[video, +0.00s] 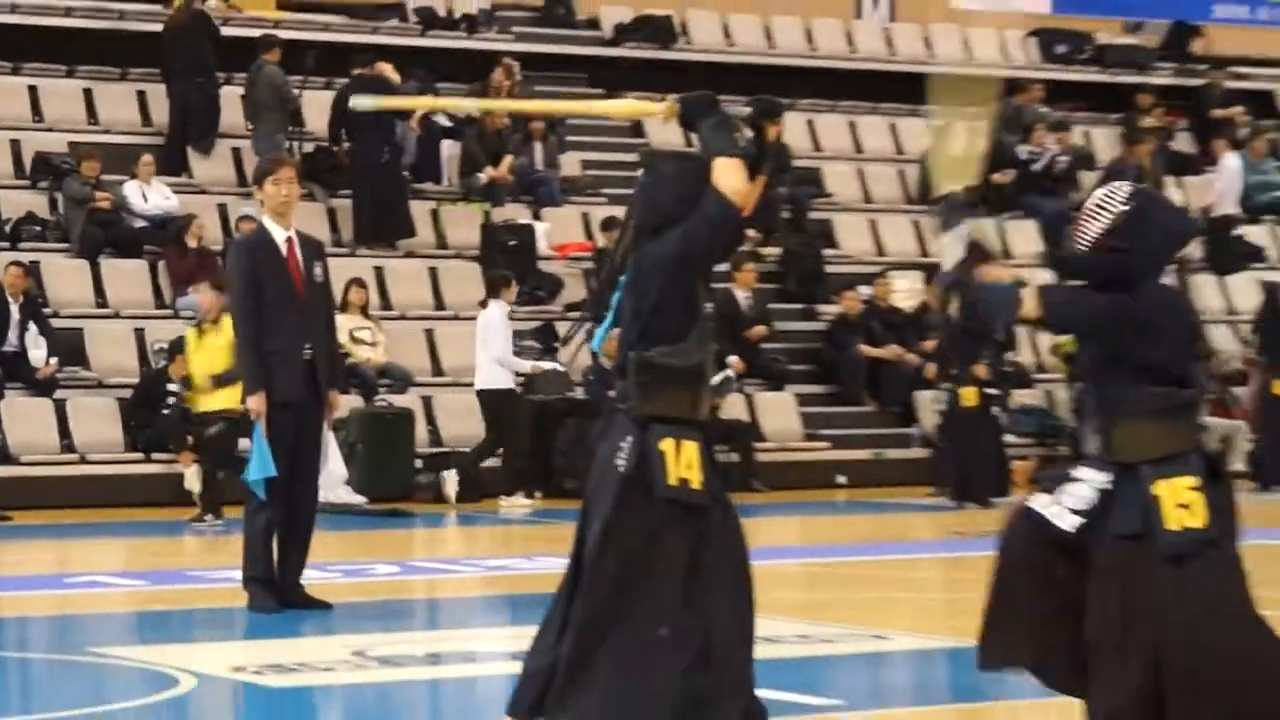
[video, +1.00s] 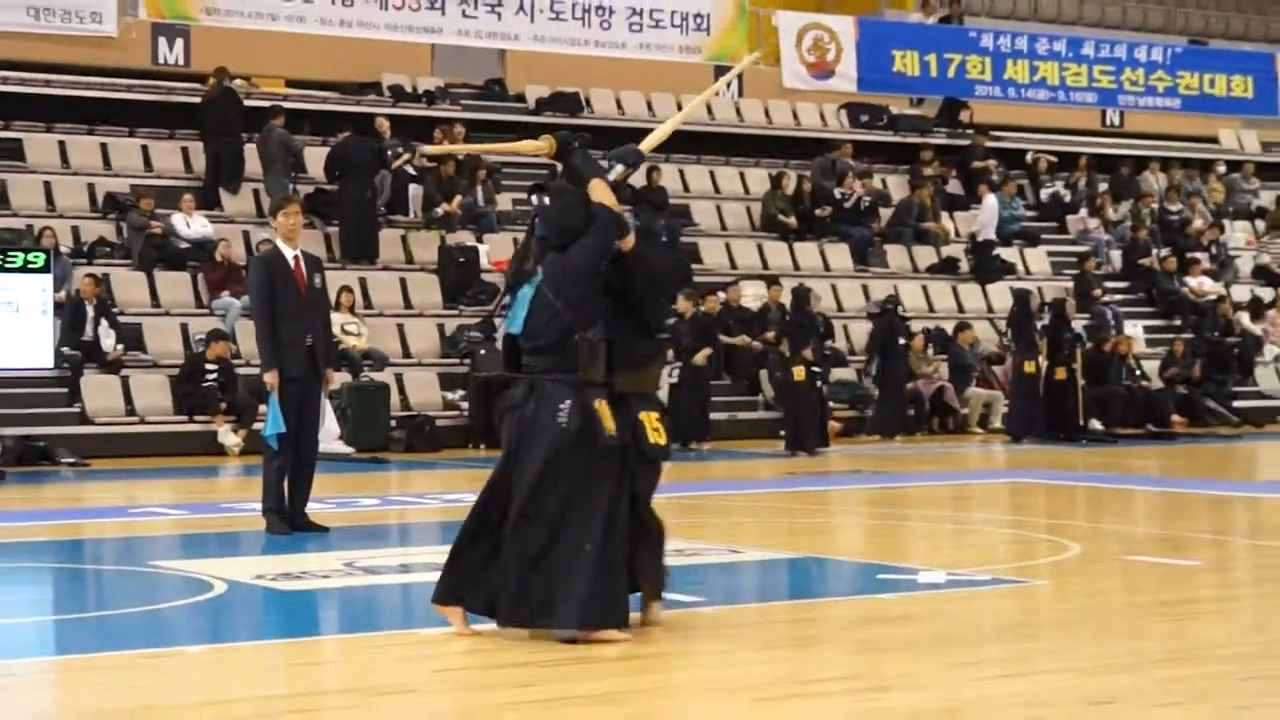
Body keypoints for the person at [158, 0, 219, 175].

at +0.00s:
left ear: (179, 5)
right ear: (196, 3)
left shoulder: (170, 23)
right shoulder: (202, 18)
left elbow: (164, 56)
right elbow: (217, 41)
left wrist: (168, 80)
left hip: (178, 82)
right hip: (202, 80)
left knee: (177, 127)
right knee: (209, 111)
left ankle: (174, 168)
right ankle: (203, 143)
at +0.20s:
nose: (175, 27)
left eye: (173, 24)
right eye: (174, 24)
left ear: (157, 23)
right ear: (173, 24)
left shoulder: (148, 44)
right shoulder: (177, 42)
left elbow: (143, 73)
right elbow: (189, 61)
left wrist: (145, 97)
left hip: (154, 97)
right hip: (175, 96)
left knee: (153, 138)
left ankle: (151, 178)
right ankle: (178, 155)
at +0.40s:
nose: (168, 45)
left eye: (167, 42)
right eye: (168, 42)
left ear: (151, 41)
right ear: (166, 42)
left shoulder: (143, 61)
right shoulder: (170, 58)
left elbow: (138, 90)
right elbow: (182, 78)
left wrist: (140, 113)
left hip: (150, 111)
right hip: (169, 110)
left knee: (149, 150)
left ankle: (147, 187)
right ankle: (171, 165)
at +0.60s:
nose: (195, 60)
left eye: (193, 57)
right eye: (194, 57)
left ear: (179, 57)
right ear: (193, 57)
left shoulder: (172, 75)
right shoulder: (197, 73)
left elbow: (167, 101)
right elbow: (209, 92)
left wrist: (169, 123)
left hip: (177, 122)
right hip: (197, 122)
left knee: (177, 160)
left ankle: (174, 195)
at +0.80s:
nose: (214, 72)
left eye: (212, 69)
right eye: (213, 69)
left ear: (198, 69)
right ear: (211, 69)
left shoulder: (191, 87)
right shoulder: (214, 84)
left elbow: (187, 113)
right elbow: (226, 100)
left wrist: (189, 134)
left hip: (196, 132)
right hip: (215, 131)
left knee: (196, 166)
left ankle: (194, 198)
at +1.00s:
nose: (228, 80)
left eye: (226, 77)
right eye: (228, 77)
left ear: (214, 78)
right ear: (227, 78)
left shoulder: (208, 95)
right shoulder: (231, 93)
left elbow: (203, 118)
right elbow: (241, 111)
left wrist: (205, 138)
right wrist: (239, 131)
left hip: (212, 138)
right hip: (230, 138)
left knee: (212, 172)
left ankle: (210, 204)